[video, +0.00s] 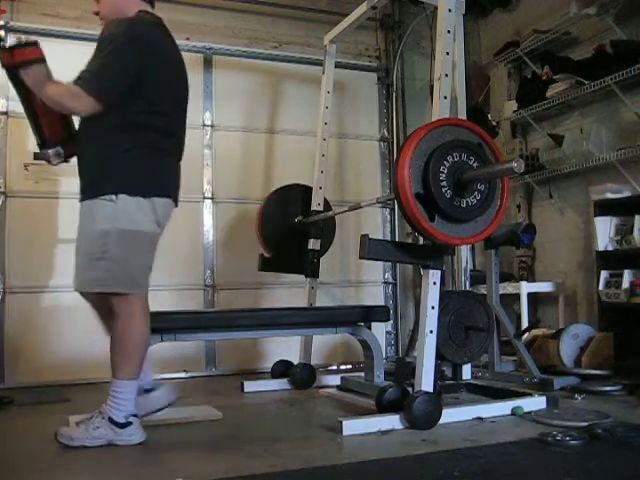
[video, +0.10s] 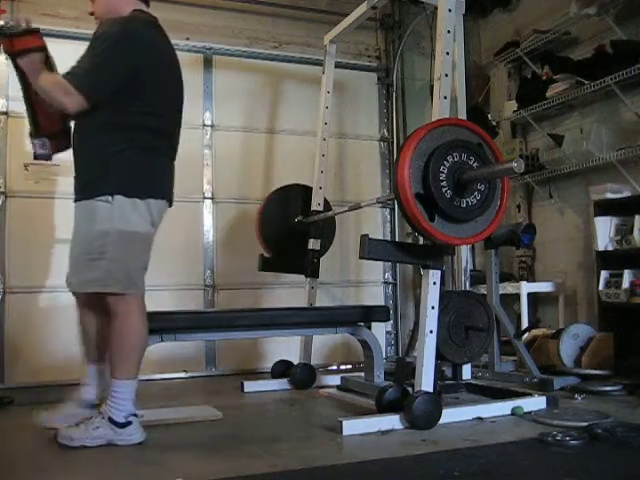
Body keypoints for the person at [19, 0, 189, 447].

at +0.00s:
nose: (95, 5)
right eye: (96, 1)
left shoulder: (133, 32)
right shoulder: (139, 34)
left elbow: (84, 100)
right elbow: (125, 121)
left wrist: (43, 84)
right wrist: (73, 143)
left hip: (131, 185)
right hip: (118, 185)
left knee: (125, 294)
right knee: (95, 287)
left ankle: (120, 418)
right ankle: (146, 386)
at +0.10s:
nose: (90, 6)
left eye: (93, 0)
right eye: (91, 2)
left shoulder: (129, 34)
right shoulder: (131, 35)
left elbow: (69, 98)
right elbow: (112, 116)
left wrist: (31, 64)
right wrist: (62, 130)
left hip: (127, 186)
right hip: (107, 186)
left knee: (122, 295)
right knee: (90, 292)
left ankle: (121, 418)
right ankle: (94, 399)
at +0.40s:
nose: (79, 10)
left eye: (81, 4)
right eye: (80, 6)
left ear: (99, 0)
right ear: (123, 3)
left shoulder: (115, 33)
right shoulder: (126, 40)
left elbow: (57, 92)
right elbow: (107, 129)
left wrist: (26, 36)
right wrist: (52, 147)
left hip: (108, 188)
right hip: (90, 187)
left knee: (109, 293)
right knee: (68, 288)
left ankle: (119, 416)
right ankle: (35, 386)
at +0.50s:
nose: (76, 11)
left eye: (79, 4)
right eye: (76, 5)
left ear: (101, 1)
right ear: (118, 5)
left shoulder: (113, 36)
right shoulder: (117, 43)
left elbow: (53, 91)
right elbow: (100, 133)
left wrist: (21, 34)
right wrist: (43, 143)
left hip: (102, 189)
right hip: (84, 189)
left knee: (106, 293)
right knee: (63, 285)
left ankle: (119, 416)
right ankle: (47, 386)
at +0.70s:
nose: (69, 25)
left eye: (71, 14)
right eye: (68, 17)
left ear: (94, 6)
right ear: (101, 10)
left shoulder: (106, 47)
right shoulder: (103, 53)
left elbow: (44, 98)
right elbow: (56, 120)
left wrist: (9, 62)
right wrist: (14, 80)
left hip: (95, 193)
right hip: (78, 193)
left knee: (100, 293)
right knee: (63, 288)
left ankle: (120, 415)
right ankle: (80, 379)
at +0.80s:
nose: (65, 33)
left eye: (68, 23)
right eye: (64, 26)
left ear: (92, 18)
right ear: (96, 21)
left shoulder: (103, 58)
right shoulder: (90, 61)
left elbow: (41, 106)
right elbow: (41, 114)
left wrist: (7, 79)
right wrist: (14, 86)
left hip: (91, 198)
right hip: (74, 198)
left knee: (95, 296)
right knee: (70, 295)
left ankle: (120, 415)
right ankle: (88, 392)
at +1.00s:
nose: (52, 48)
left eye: (55, 39)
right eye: (51, 40)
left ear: (78, 34)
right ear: (86, 37)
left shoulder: (84, 68)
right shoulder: (99, 73)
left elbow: (34, 125)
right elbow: (65, 137)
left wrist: (17, 129)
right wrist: (24, 122)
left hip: (90, 202)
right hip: (92, 202)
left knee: (80, 294)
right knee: (76, 295)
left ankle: (115, 408)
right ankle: (91, 391)